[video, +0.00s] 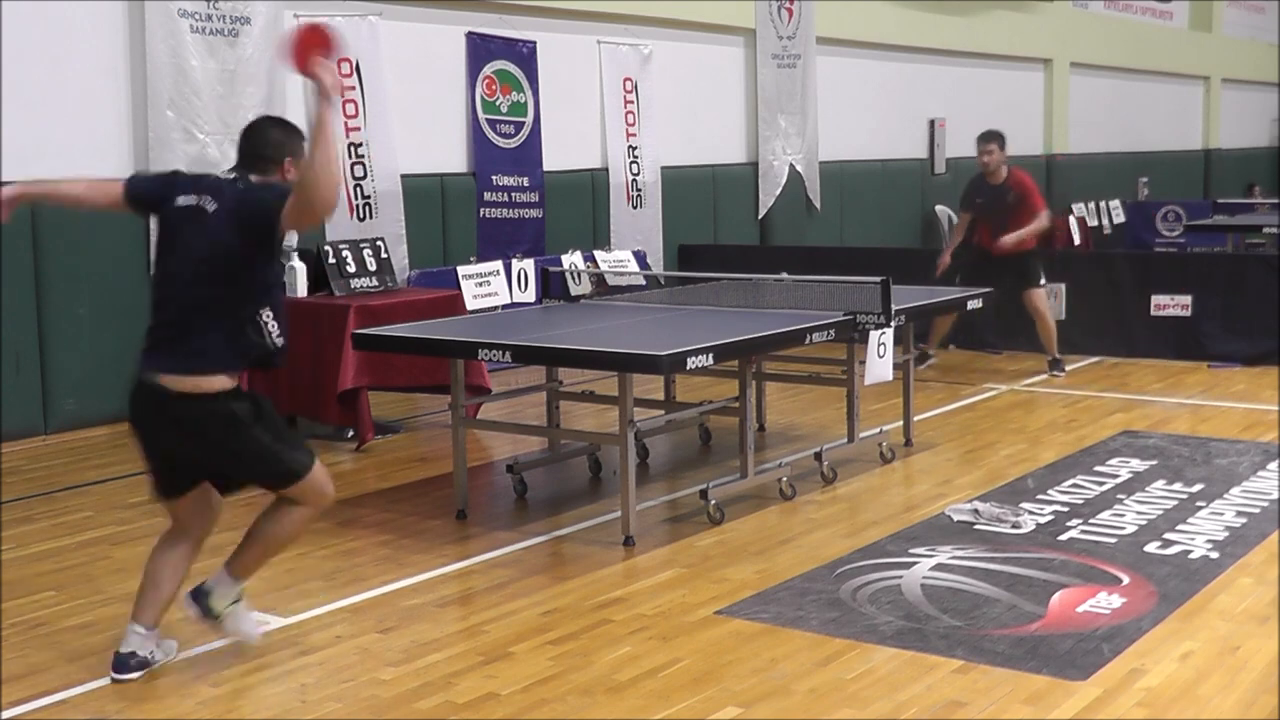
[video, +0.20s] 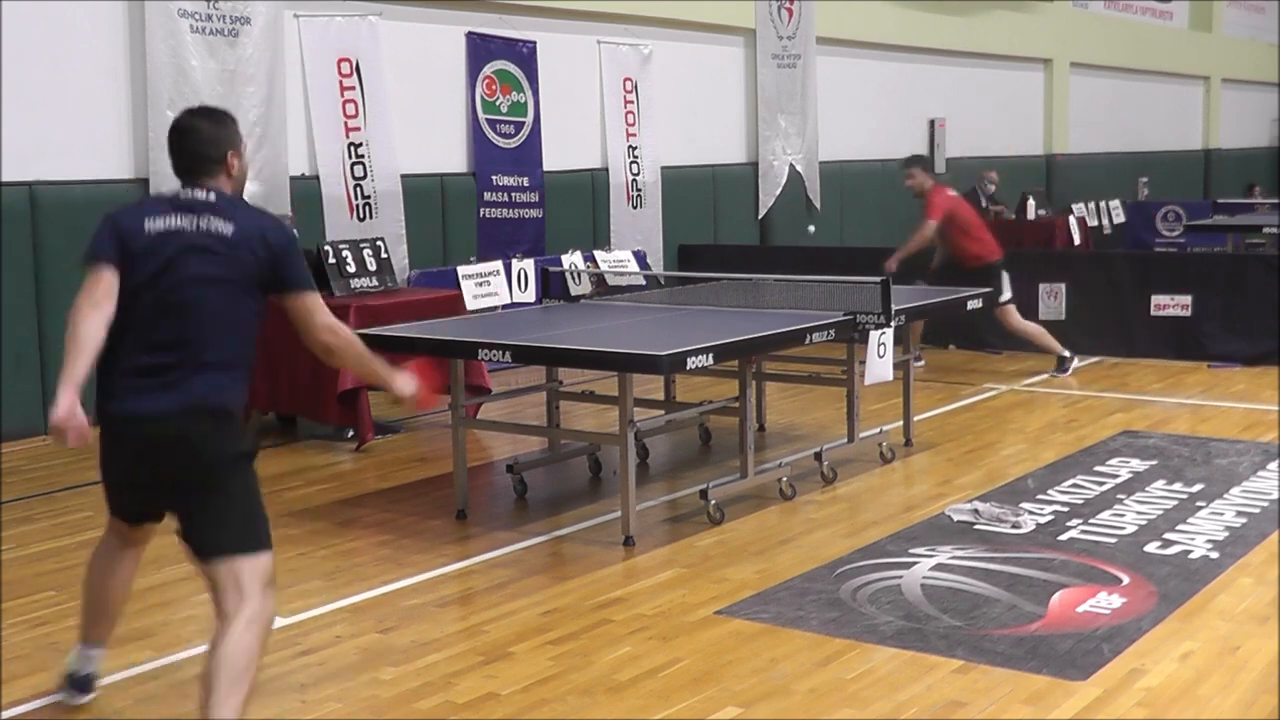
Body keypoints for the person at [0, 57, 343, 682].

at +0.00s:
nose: (301, 174)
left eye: (299, 166)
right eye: (299, 166)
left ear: (243, 159)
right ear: (283, 166)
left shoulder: (180, 189)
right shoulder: (267, 202)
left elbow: (98, 193)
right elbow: (319, 200)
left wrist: (24, 191)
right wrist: (328, 100)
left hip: (154, 401)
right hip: (214, 404)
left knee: (192, 518)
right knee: (314, 490)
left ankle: (136, 644)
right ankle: (220, 593)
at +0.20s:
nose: (246, 161)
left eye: (242, 152)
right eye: (244, 152)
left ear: (174, 165)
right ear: (232, 161)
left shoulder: (127, 222)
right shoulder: (265, 232)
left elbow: (96, 302)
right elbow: (321, 332)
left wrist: (67, 389)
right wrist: (389, 376)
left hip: (127, 427)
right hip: (208, 432)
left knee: (124, 532)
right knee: (245, 600)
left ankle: (83, 666)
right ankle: (221, 711)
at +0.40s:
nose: (254, 161)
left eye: (252, 150)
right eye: (252, 151)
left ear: (177, 161)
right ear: (240, 163)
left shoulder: (112, 220)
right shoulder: (244, 246)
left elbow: (45, 306)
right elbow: (262, 367)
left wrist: (19, 396)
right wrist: (279, 376)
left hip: (70, 440)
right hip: (158, 446)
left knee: (58, 614)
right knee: (219, 607)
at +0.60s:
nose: (237, 161)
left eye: (234, 150)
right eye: (235, 151)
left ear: (160, 151)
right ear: (224, 159)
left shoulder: (85, 205)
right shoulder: (217, 231)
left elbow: (15, 308)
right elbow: (235, 372)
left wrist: (11, 391)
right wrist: (284, 420)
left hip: (19, 432)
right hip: (106, 441)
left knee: (16, 603)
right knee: (198, 615)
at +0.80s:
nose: (197, 195)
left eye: (195, 183)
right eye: (198, 184)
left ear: (121, 178)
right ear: (183, 192)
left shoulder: (55, 226)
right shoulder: (147, 279)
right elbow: (172, 408)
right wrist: (292, 461)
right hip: (33, 471)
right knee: (120, 635)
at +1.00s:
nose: (141, 269)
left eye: (140, 258)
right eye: (141, 260)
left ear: (67, 245)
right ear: (119, 272)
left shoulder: (58, 293)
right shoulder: (25, 354)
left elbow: (115, 338)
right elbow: (2, 468)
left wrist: (187, 386)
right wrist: (8, 554)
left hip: (7, 518)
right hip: (1, 530)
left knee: (71, 635)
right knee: (72, 636)